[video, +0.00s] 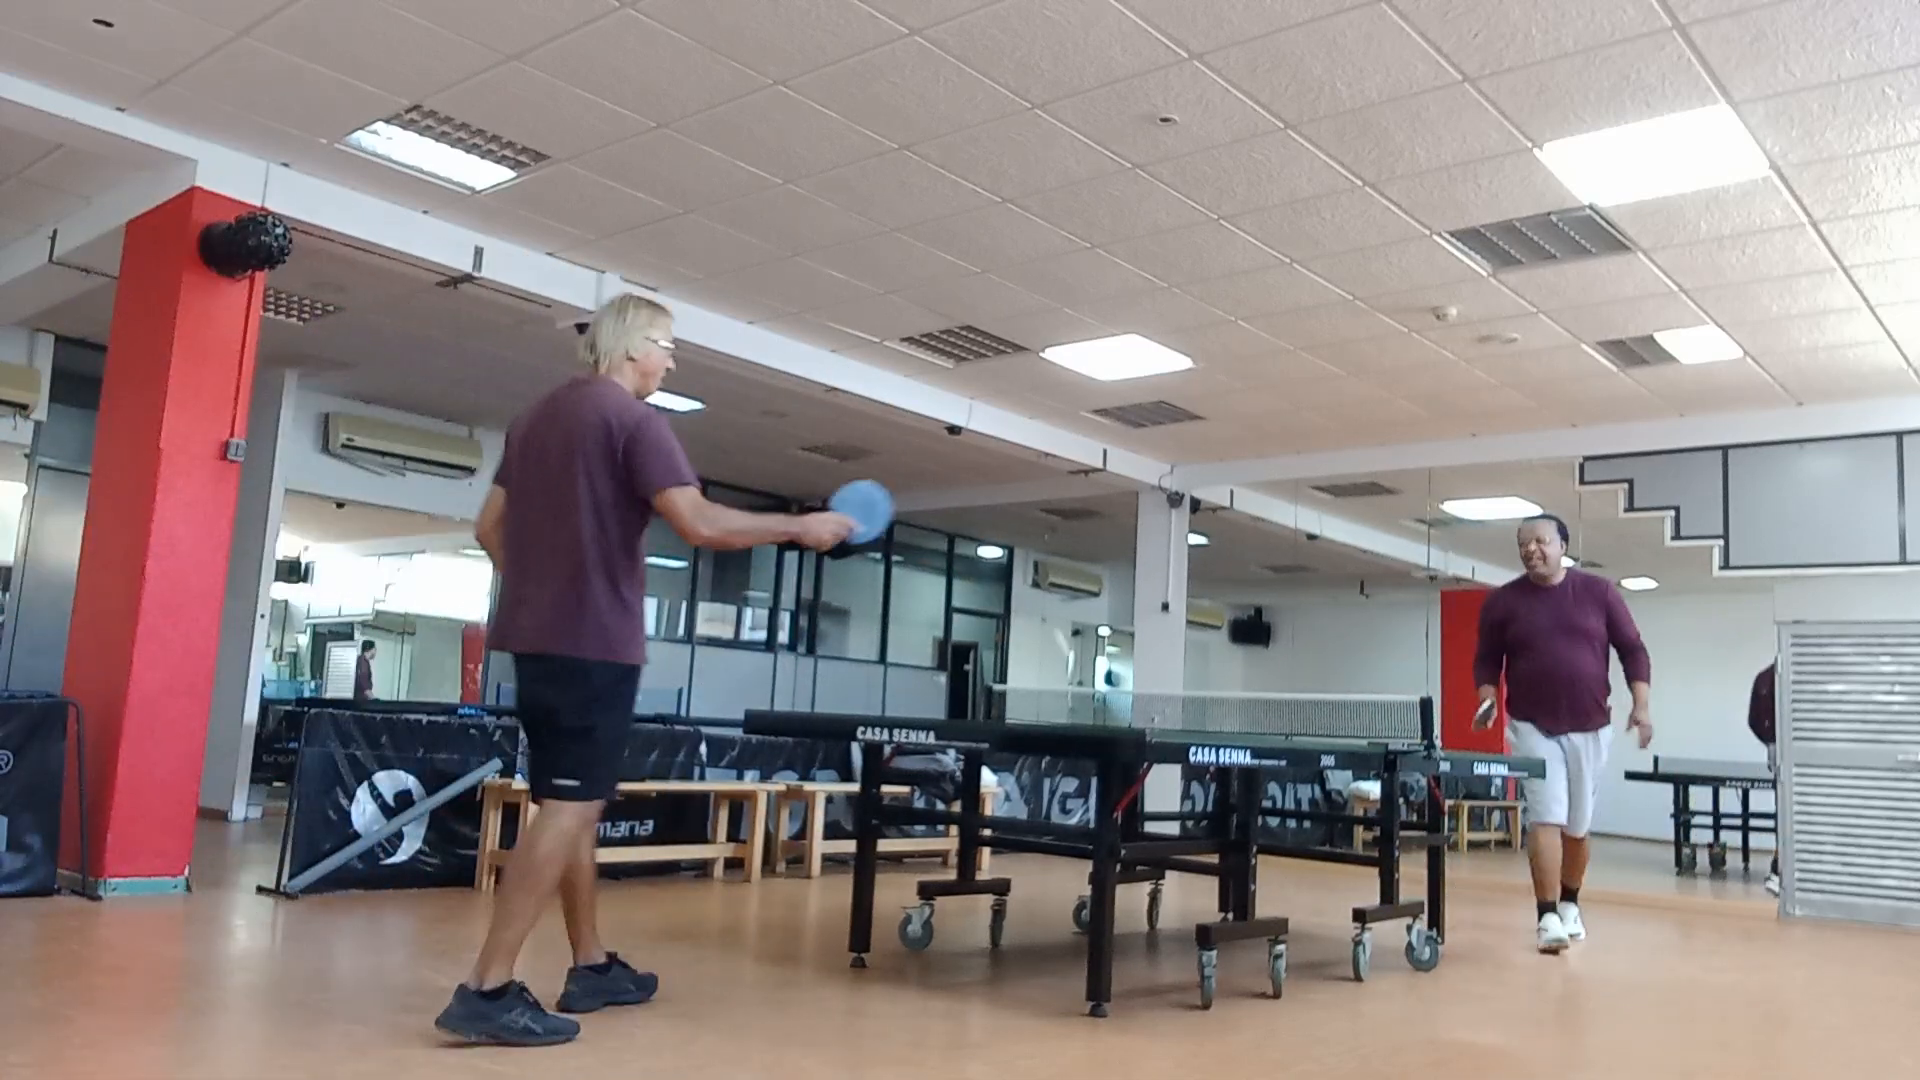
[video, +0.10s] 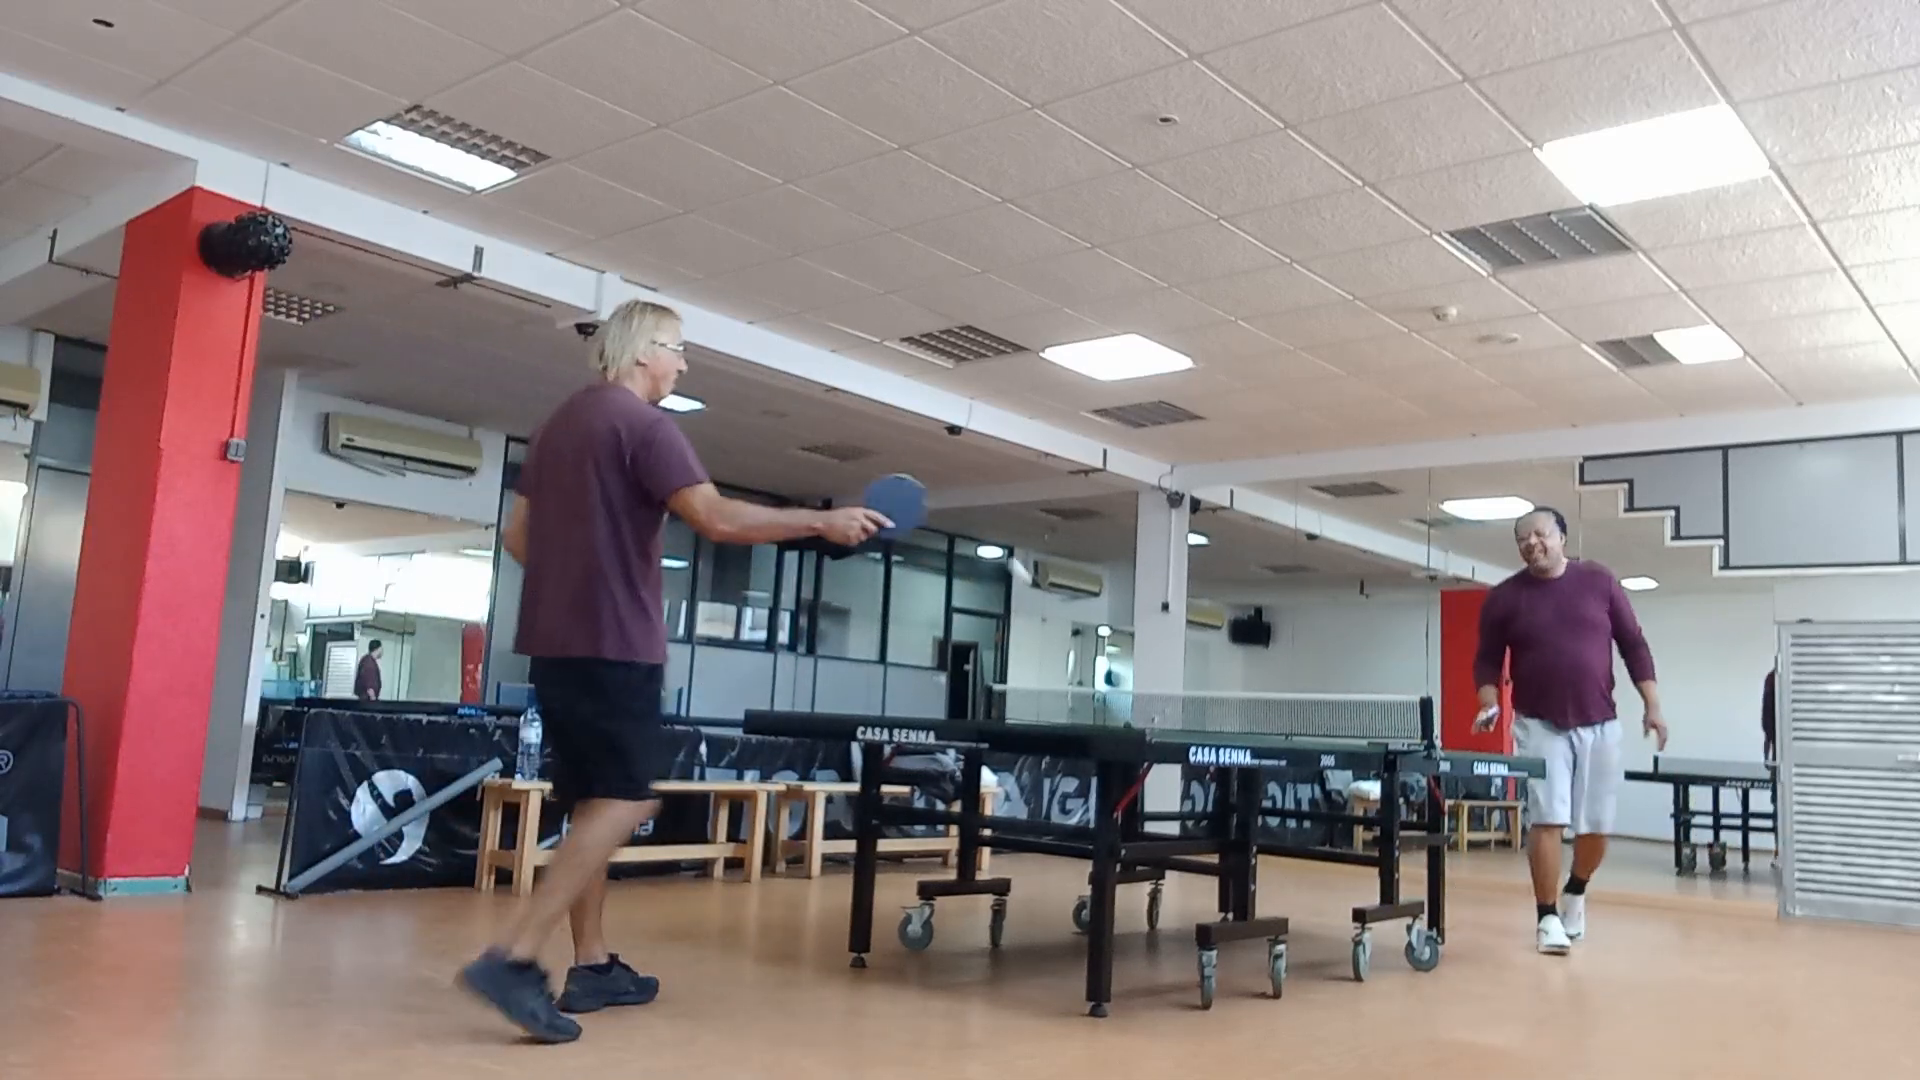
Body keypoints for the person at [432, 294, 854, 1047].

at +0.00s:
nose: (670, 363)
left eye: (670, 349)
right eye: (665, 348)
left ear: (604, 349)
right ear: (635, 351)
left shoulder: (536, 417)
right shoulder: (631, 419)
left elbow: (491, 524)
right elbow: (703, 525)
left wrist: (537, 591)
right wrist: (801, 527)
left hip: (532, 639)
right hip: (594, 643)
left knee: (576, 805)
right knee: (566, 809)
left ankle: (589, 966)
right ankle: (487, 988)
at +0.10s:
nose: (685, 366)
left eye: (682, 352)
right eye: (678, 350)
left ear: (618, 355)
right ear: (644, 353)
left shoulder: (559, 423)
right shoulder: (642, 421)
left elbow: (520, 537)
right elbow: (714, 517)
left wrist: (585, 578)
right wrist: (823, 521)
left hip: (555, 638)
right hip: (614, 641)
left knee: (590, 800)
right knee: (633, 794)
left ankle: (590, 966)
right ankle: (514, 961)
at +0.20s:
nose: (695, 368)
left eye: (693, 355)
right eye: (687, 353)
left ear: (630, 358)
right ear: (651, 356)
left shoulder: (578, 428)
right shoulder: (649, 426)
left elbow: (547, 543)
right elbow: (728, 516)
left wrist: (623, 566)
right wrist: (839, 524)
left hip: (568, 646)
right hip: (632, 646)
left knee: (606, 799)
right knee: (680, 791)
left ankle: (593, 957)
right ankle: (563, 930)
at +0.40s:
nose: (718, 377)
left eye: (716, 365)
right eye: (710, 363)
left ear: (660, 368)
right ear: (674, 366)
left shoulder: (618, 431)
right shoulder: (669, 431)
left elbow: (628, 554)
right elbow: (733, 526)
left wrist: (705, 587)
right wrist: (835, 537)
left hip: (604, 644)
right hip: (666, 647)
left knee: (618, 787)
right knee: (716, 782)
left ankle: (591, 965)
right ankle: (681, 958)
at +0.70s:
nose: (771, 409)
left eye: (771, 396)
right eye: (768, 396)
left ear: (713, 395)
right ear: (741, 396)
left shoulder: (666, 456)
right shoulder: (733, 458)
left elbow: (683, 568)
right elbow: (733, 560)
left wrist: (774, 577)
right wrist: (820, 617)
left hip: (656, 663)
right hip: (719, 667)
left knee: (653, 791)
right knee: (743, 796)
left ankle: (598, 954)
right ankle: (733, 951)